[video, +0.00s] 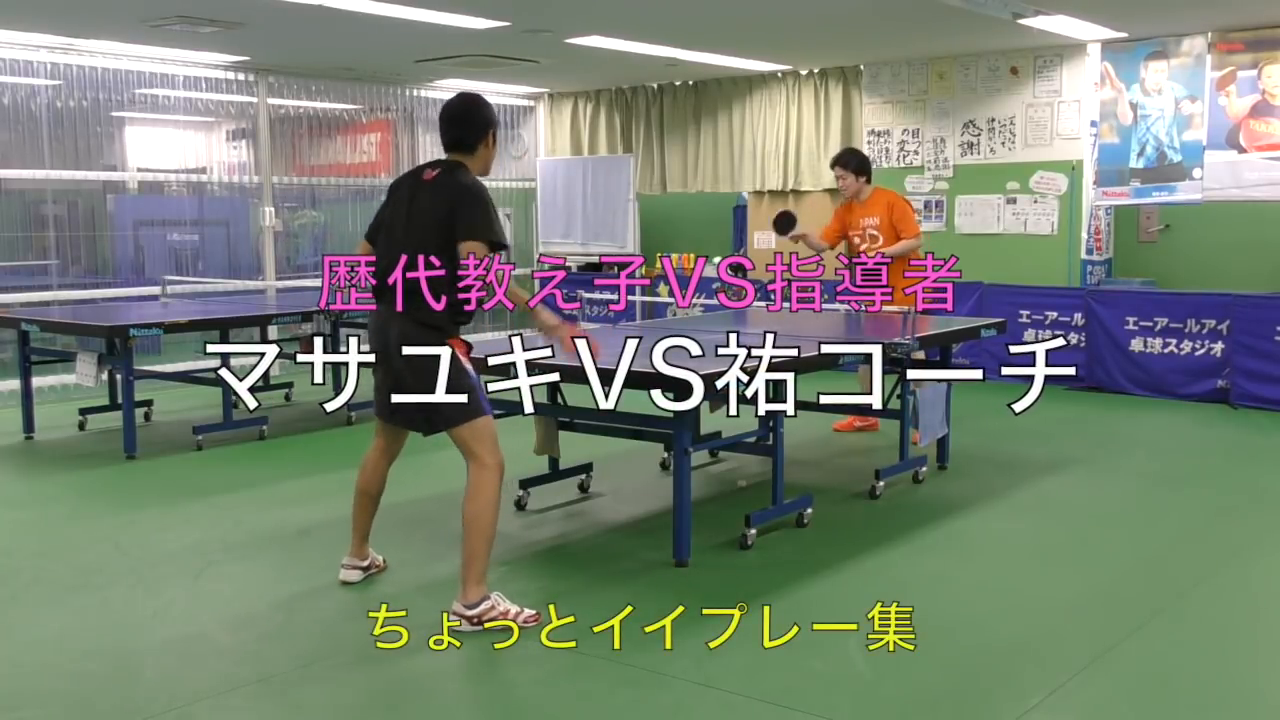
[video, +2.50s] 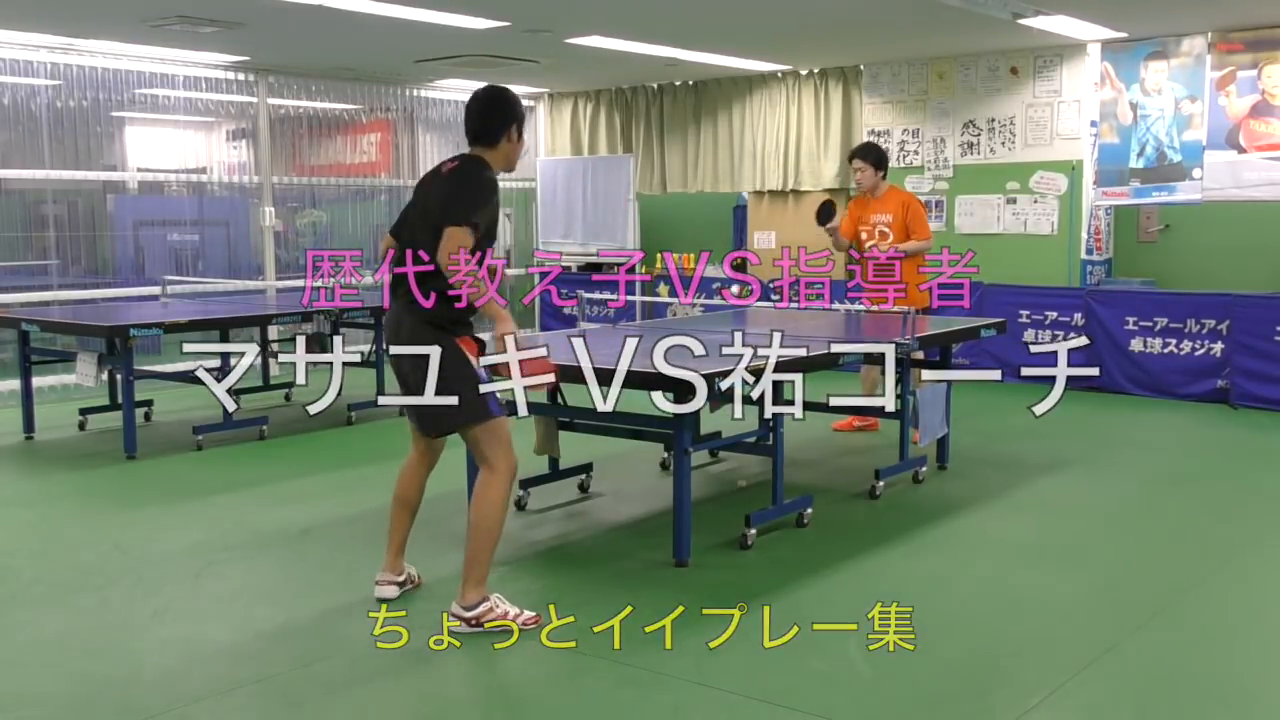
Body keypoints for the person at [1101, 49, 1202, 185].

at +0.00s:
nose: (1159, 77)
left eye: (1163, 71)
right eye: (1155, 71)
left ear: (1168, 73)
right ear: (1144, 72)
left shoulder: (1173, 89)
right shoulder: (1135, 91)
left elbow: (1199, 106)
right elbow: (1125, 121)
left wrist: (1191, 107)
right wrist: (1121, 94)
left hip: (1171, 161)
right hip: (1142, 163)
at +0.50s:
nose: (1159, 77)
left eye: (1163, 71)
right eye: (1155, 71)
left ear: (1168, 73)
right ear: (1144, 72)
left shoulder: (1173, 89)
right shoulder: (1135, 91)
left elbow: (1199, 106)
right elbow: (1125, 121)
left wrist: (1191, 107)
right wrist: (1121, 94)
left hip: (1171, 161)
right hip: (1141, 163)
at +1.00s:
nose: (1159, 76)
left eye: (1163, 71)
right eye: (1155, 71)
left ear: (1168, 73)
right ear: (1144, 72)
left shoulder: (1173, 89)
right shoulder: (1135, 91)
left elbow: (1199, 105)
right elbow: (1125, 120)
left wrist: (1191, 107)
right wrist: (1121, 94)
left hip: (1171, 161)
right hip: (1141, 163)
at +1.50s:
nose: (1159, 76)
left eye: (1163, 71)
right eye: (1155, 71)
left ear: (1168, 72)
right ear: (1144, 72)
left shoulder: (1174, 89)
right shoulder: (1135, 91)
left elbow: (1199, 105)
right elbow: (1125, 120)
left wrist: (1191, 107)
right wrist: (1121, 94)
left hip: (1171, 161)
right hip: (1141, 163)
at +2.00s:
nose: (1159, 76)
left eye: (1163, 71)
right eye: (1155, 71)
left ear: (1168, 73)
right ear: (1144, 72)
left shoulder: (1174, 89)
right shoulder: (1135, 91)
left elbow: (1199, 106)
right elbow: (1125, 121)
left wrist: (1191, 107)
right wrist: (1121, 94)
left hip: (1171, 161)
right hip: (1141, 163)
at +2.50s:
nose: (1159, 76)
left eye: (1163, 71)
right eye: (1155, 71)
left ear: (1168, 72)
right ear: (1143, 72)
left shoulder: (1174, 89)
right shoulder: (1135, 91)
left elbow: (1199, 105)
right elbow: (1125, 120)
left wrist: (1191, 106)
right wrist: (1122, 95)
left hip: (1171, 161)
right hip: (1141, 163)